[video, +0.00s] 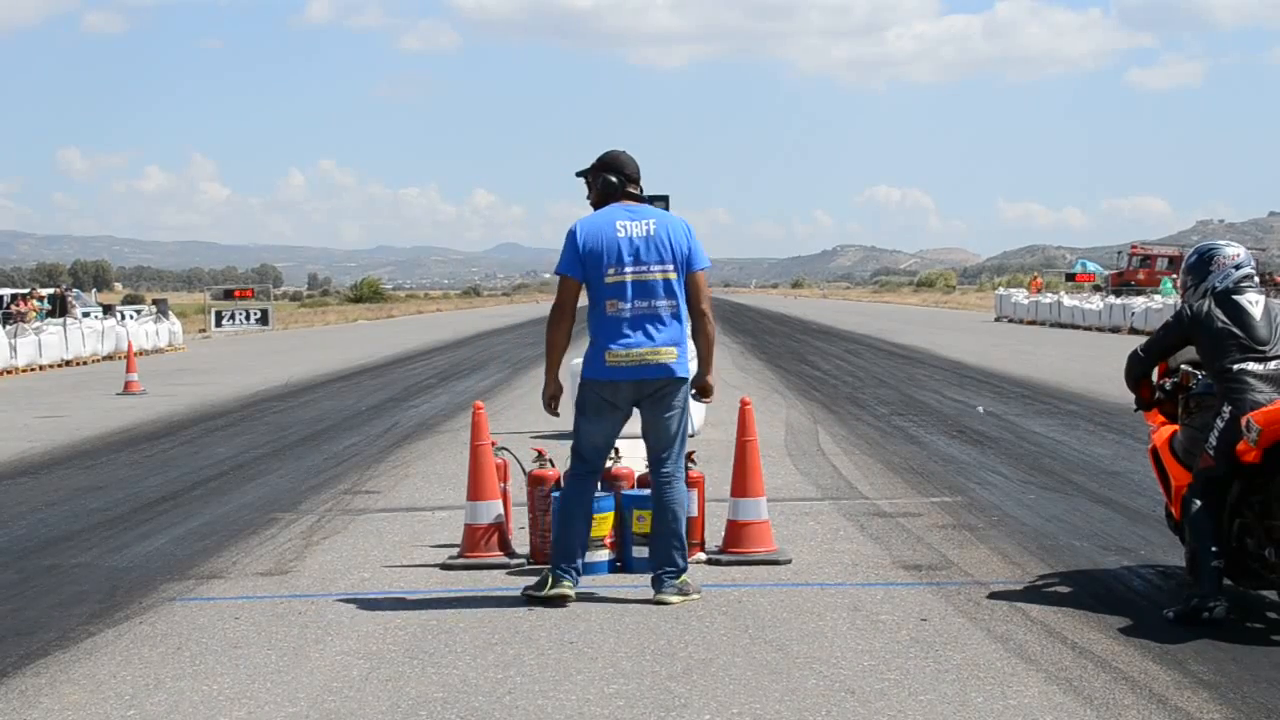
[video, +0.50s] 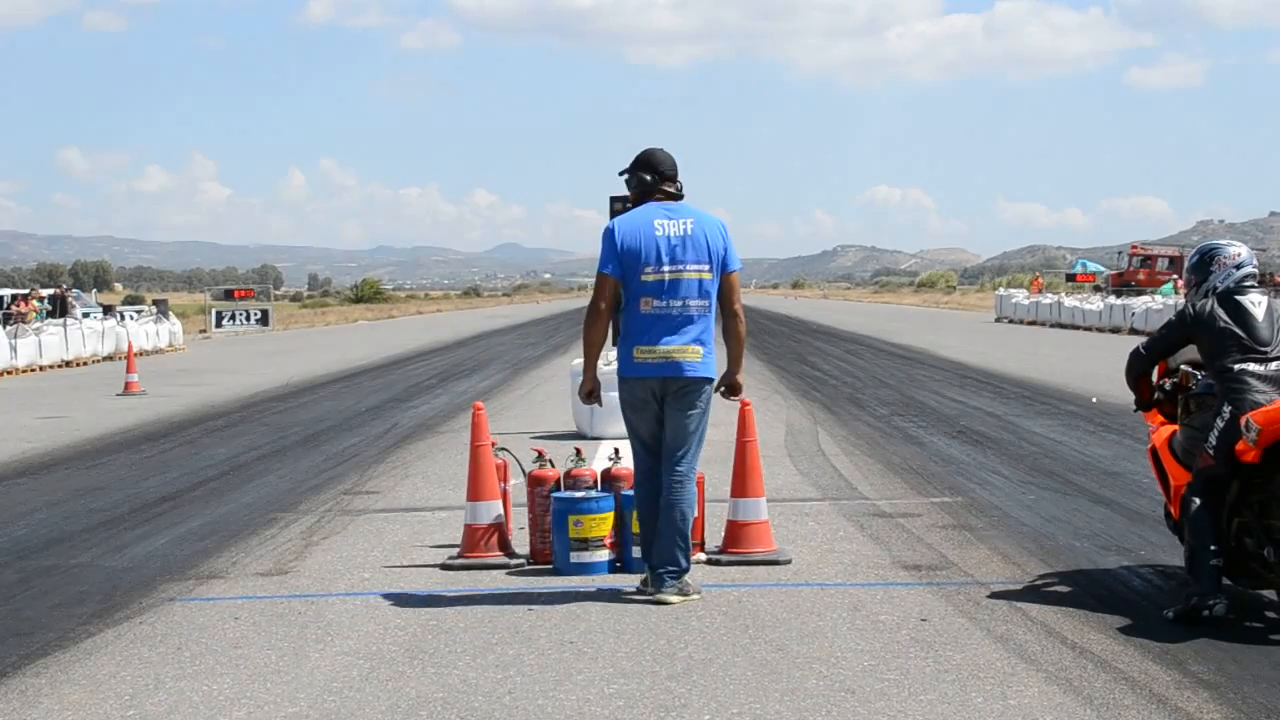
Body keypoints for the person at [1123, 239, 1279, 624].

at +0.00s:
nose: (1185, 288)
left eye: (1187, 280)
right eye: (1185, 281)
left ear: (1201, 277)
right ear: (1242, 268)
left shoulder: (1198, 310)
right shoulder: (1270, 304)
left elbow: (1140, 359)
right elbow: (1259, 354)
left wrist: (1146, 394)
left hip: (1244, 405)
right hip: (1279, 399)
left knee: (1200, 495)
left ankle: (1206, 595)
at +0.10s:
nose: (1185, 288)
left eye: (1189, 280)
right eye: (1186, 281)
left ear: (1203, 277)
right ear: (1243, 269)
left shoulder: (1198, 310)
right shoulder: (1270, 304)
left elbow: (1137, 359)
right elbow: (1258, 354)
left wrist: (1148, 397)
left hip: (1243, 405)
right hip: (1279, 400)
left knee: (1200, 495)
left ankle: (1207, 595)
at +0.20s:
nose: (1186, 287)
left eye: (1189, 280)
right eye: (1186, 280)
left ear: (1204, 276)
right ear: (1243, 269)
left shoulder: (1198, 310)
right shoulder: (1270, 304)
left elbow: (1137, 358)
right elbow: (1257, 354)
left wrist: (1148, 398)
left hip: (1244, 404)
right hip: (1279, 399)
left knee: (1200, 494)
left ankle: (1206, 594)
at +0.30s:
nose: (1186, 288)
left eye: (1189, 280)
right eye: (1187, 281)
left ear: (1203, 276)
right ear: (1243, 269)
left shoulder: (1198, 310)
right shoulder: (1270, 303)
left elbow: (1138, 358)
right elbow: (1258, 353)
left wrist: (1147, 398)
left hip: (1243, 405)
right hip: (1279, 400)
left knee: (1200, 493)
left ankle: (1205, 594)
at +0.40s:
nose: (1186, 287)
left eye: (1189, 280)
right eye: (1187, 280)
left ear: (1205, 276)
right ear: (1243, 268)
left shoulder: (1199, 309)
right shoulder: (1270, 302)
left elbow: (1139, 358)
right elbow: (1257, 353)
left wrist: (1147, 397)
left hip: (1244, 405)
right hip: (1279, 399)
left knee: (1200, 493)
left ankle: (1206, 594)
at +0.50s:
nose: (1188, 287)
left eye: (1191, 279)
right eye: (1188, 280)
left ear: (1206, 276)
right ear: (1244, 268)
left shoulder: (1201, 310)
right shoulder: (1271, 302)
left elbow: (1140, 358)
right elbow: (1258, 352)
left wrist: (1147, 397)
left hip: (1244, 406)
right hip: (1279, 401)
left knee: (1199, 493)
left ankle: (1206, 594)